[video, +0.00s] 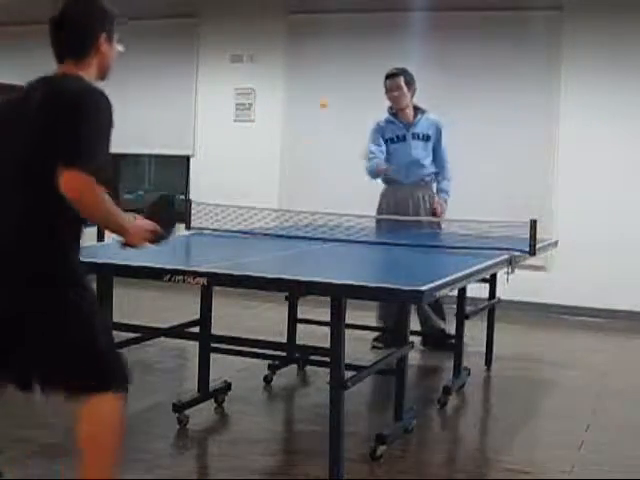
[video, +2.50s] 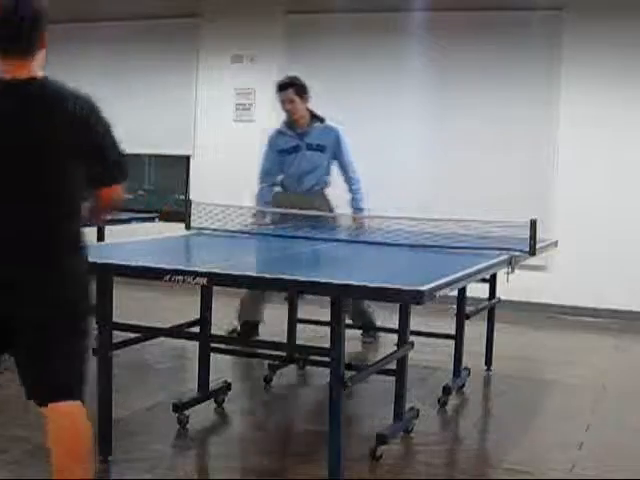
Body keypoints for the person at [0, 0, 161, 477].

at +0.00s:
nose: (115, 51)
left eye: (114, 41)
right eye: (113, 42)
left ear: (59, 44)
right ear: (101, 45)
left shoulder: (21, 98)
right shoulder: (87, 100)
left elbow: (22, 182)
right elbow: (76, 182)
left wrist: (116, 218)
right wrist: (125, 225)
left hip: (9, 268)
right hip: (48, 273)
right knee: (106, 381)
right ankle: (96, 472)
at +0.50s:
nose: (208, 42)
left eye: (210, 29)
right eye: (205, 26)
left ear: (170, 22)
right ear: (172, 20)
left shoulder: (142, 90)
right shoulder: (129, 90)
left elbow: (117, 187)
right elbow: (96, 183)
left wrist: (166, 207)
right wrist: (120, 270)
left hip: (96, 274)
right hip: (98, 275)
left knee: (108, 377)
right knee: (197, 389)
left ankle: (70, 469)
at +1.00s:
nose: (290, 8)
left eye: (290, 2)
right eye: (287, 0)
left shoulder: (163, 29)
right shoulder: (231, 34)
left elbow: (96, 100)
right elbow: (235, 135)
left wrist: (80, 154)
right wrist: (360, 154)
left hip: (127, 267)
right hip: (194, 273)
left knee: (149, 446)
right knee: (221, 449)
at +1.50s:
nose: (209, 7)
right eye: (208, 5)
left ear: (145, 3)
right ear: (198, 4)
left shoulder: (81, 59)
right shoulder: (212, 63)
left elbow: (23, 156)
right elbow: (206, 169)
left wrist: (5, 243)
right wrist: (219, 273)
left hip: (73, 285)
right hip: (158, 293)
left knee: (74, 413)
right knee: (184, 455)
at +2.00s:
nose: (114, 9)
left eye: (111, 6)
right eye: (114, 5)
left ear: (55, 3)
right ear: (108, 5)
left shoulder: (11, 49)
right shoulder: (125, 57)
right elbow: (150, 144)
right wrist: (159, 209)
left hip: (13, 252)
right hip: (90, 255)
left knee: (12, 408)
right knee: (92, 410)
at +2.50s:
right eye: (44, 38)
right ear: (42, 41)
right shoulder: (71, 108)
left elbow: (109, 191)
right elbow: (112, 191)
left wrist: (90, 205)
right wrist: (85, 207)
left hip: (5, 278)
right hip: (50, 278)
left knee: (62, 399)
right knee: (62, 397)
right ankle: (76, 474)